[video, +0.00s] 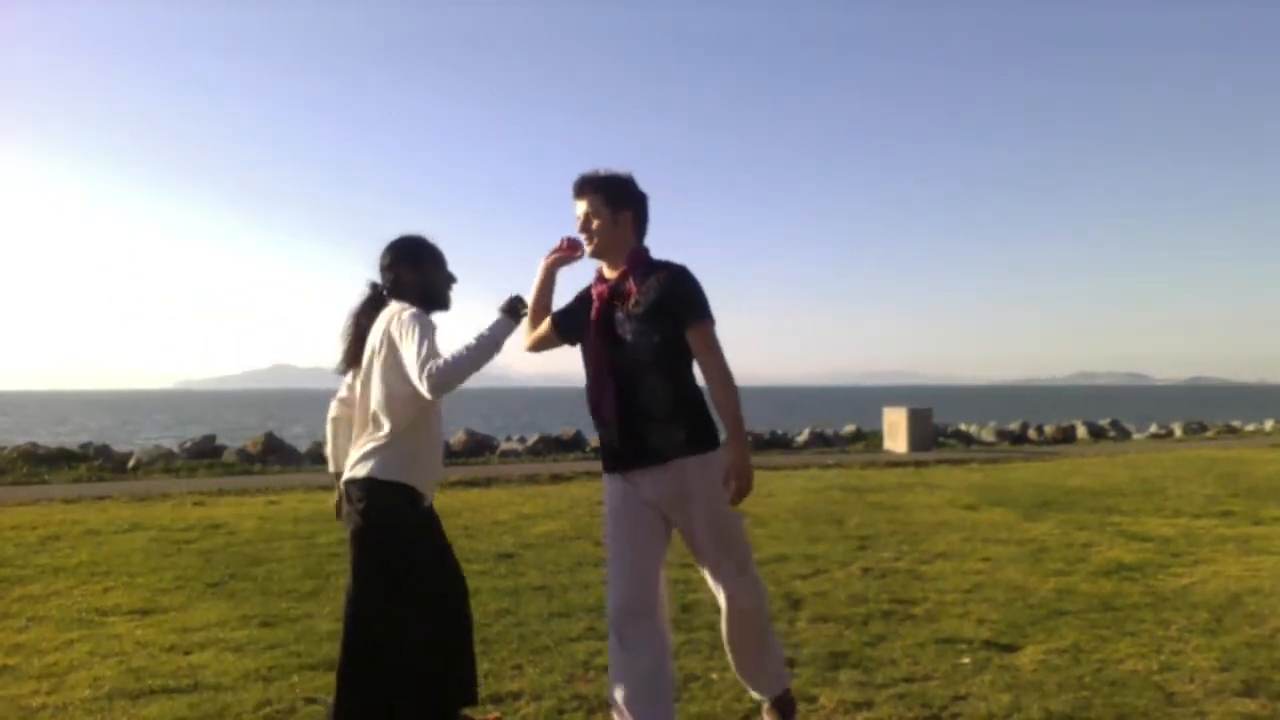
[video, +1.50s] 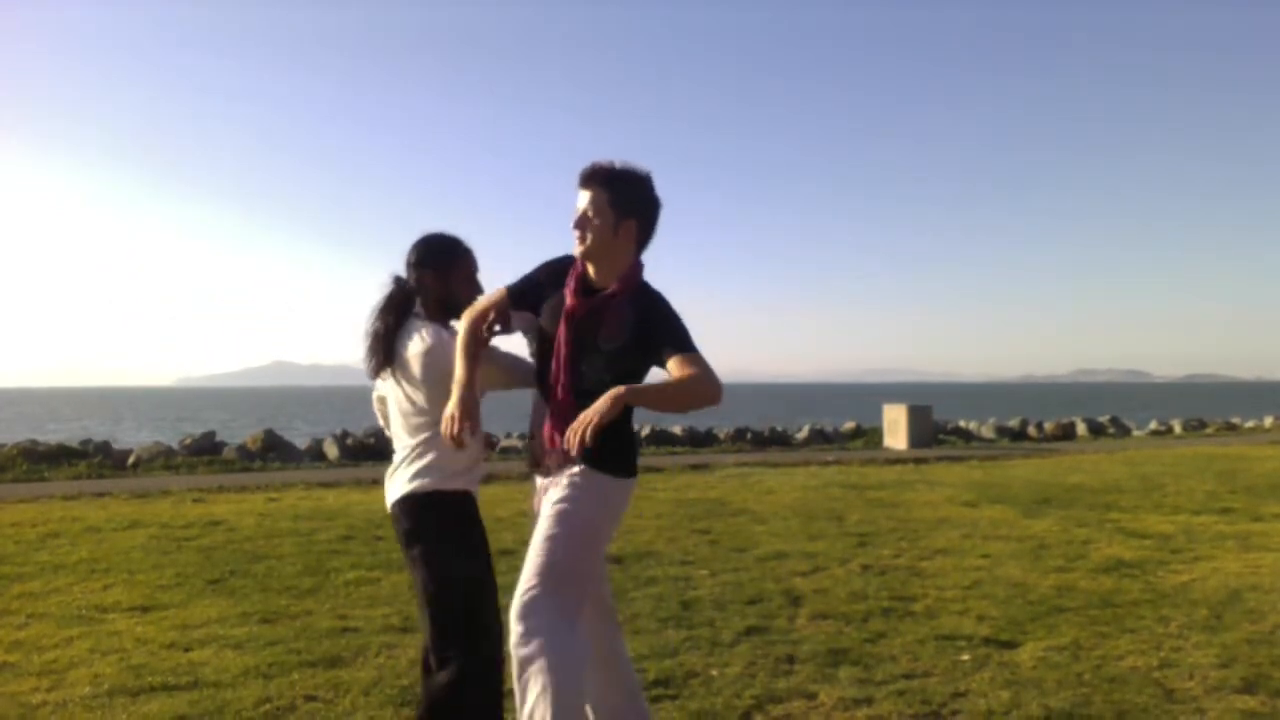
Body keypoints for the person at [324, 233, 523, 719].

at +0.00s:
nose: (450, 274)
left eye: (446, 265)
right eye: (438, 265)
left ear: (397, 277)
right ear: (404, 272)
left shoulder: (381, 324)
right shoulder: (408, 317)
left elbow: (341, 408)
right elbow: (432, 379)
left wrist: (343, 479)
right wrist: (502, 325)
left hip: (365, 488)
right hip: (392, 492)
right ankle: (428, 707)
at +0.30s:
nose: (473, 280)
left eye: (471, 270)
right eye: (464, 271)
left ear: (427, 283)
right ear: (433, 279)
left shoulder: (413, 331)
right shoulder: (437, 329)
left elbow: (384, 406)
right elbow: (501, 364)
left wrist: (395, 462)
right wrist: (535, 289)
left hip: (427, 482)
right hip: (435, 486)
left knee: (481, 605)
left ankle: (467, 703)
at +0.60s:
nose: (485, 288)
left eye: (482, 278)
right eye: (475, 280)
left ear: (441, 292)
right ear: (446, 290)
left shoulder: (426, 343)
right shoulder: (460, 342)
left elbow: (410, 417)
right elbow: (534, 366)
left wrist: (457, 442)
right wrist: (549, 296)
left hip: (440, 491)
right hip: (469, 493)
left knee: (471, 631)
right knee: (497, 633)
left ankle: (452, 708)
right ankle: (490, 712)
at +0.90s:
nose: (493, 286)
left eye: (490, 278)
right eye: (483, 279)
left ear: (447, 293)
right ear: (456, 291)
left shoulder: (433, 344)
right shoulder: (474, 348)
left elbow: (419, 415)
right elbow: (554, 368)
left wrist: (466, 447)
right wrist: (550, 301)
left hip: (439, 492)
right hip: (470, 499)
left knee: (456, 617)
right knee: (489, 617)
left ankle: (447, 701)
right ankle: (494, 706)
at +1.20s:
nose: (483, 292)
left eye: (481, 283)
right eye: (477, 282)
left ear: (426, 290)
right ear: (457, 289)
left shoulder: (416, 347)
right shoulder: (465, 350)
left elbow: (409, 418)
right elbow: (551, 366)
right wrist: (538, 304)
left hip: (430, 491)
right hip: (463, 496)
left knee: (450, 618)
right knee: (465, 620)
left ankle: (443, 704)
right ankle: (449, 707)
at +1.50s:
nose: (477, 286)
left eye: (475, 276)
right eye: (468, 276)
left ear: (423, 281)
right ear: (433, 279)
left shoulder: (397, 340)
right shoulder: (442, 342)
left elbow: (384, 409)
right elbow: (526, 373)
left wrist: (462, 436)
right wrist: (531, 325)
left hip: (410, 497)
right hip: (441, 499)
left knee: (450, 639)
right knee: (471, 641)